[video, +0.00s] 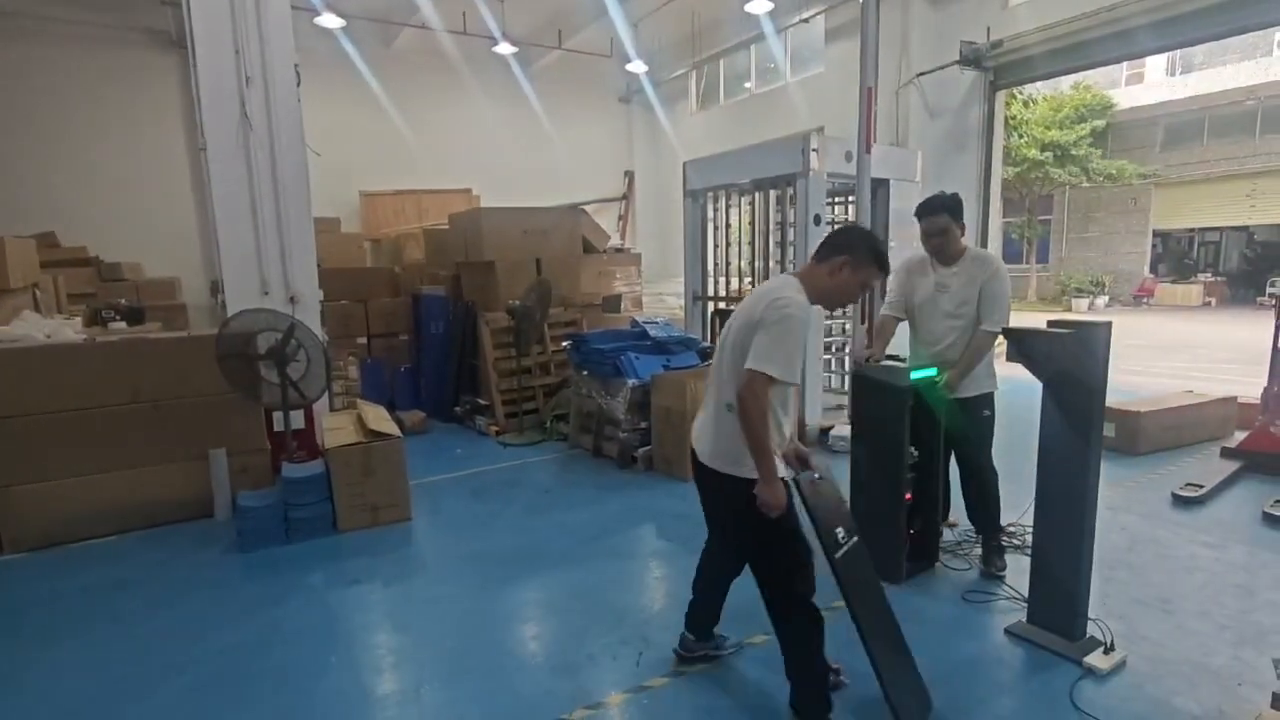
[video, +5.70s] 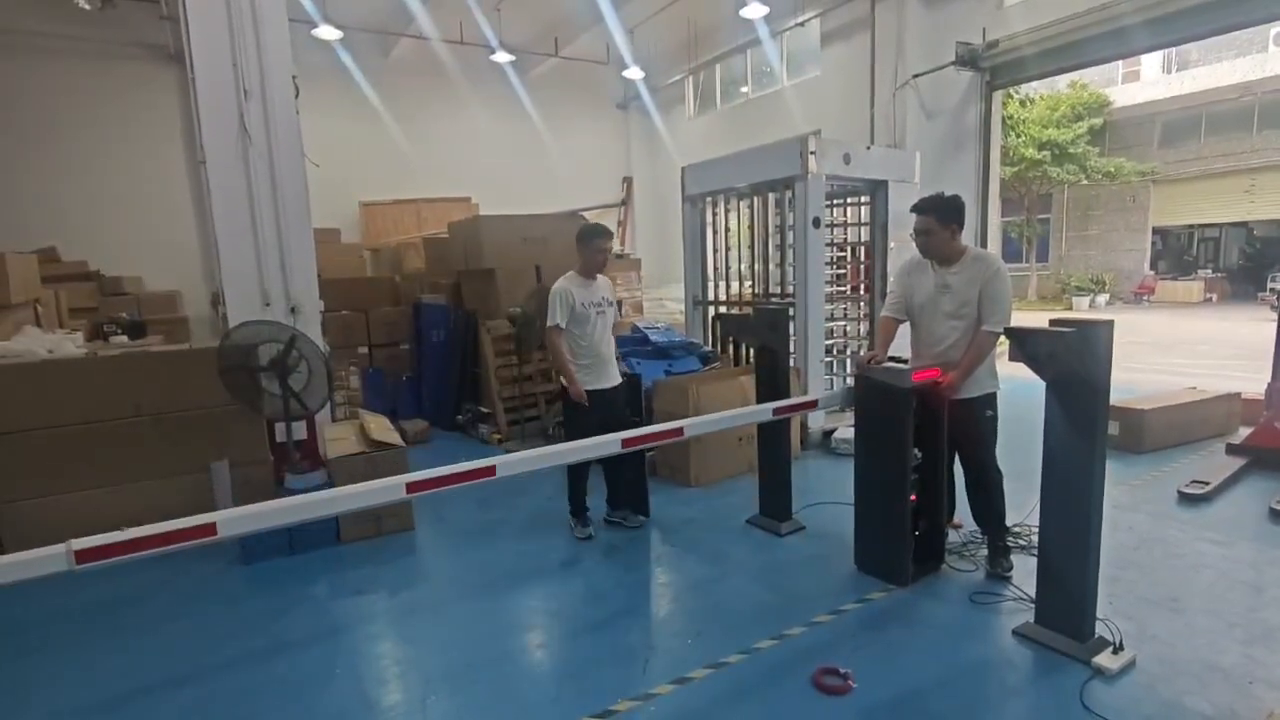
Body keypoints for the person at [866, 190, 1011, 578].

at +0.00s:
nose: (932, 244)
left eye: (939, 235)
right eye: (926, 236)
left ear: (961, 229)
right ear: (919, 233)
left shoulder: (988, 268)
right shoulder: (911, 268)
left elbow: (989, 330)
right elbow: (889, 315)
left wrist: (954, 376)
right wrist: (875, 349)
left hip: (973, 388)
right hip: (925, 388)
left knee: (977, 468)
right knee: (927, 469)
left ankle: (991, 542)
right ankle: (924, 545)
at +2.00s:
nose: (917, 242)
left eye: (925, 233)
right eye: (912, 234)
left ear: (948, 228)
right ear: (906, 231)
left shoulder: (976, 267)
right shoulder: (899, 265)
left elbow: (976, 328)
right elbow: (878, 312)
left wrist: (946, 370)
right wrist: (865, 347)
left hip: (959, 388)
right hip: (912, 387)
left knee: (963, 466)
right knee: (915, 467)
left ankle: (977, 540)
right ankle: (911, 543)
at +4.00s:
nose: (924, 245)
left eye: (932, 237)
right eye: (920, 237)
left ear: (958, 233)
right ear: (918, 234)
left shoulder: (989, 272)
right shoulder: (911, 271)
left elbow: (991, 333)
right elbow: (891, 318)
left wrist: (959, 376)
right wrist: (878, 354)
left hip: (974, 393)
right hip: (926, 393)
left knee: (980, 474)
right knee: (931, 474)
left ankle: (996, 546)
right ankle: (928, 551)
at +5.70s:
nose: (916, 241)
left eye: (923, 234)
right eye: (915, 233)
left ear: (953, 231)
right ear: (921, 231)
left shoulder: (988, 268)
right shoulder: (912, 267)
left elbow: (991, 329)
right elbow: (891, 313)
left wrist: (960, 373)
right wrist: (879, 349)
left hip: (974, 389)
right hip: (926, 389)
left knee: (981, 470)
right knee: (932, 471)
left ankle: (997, 544)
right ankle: (930, 545)